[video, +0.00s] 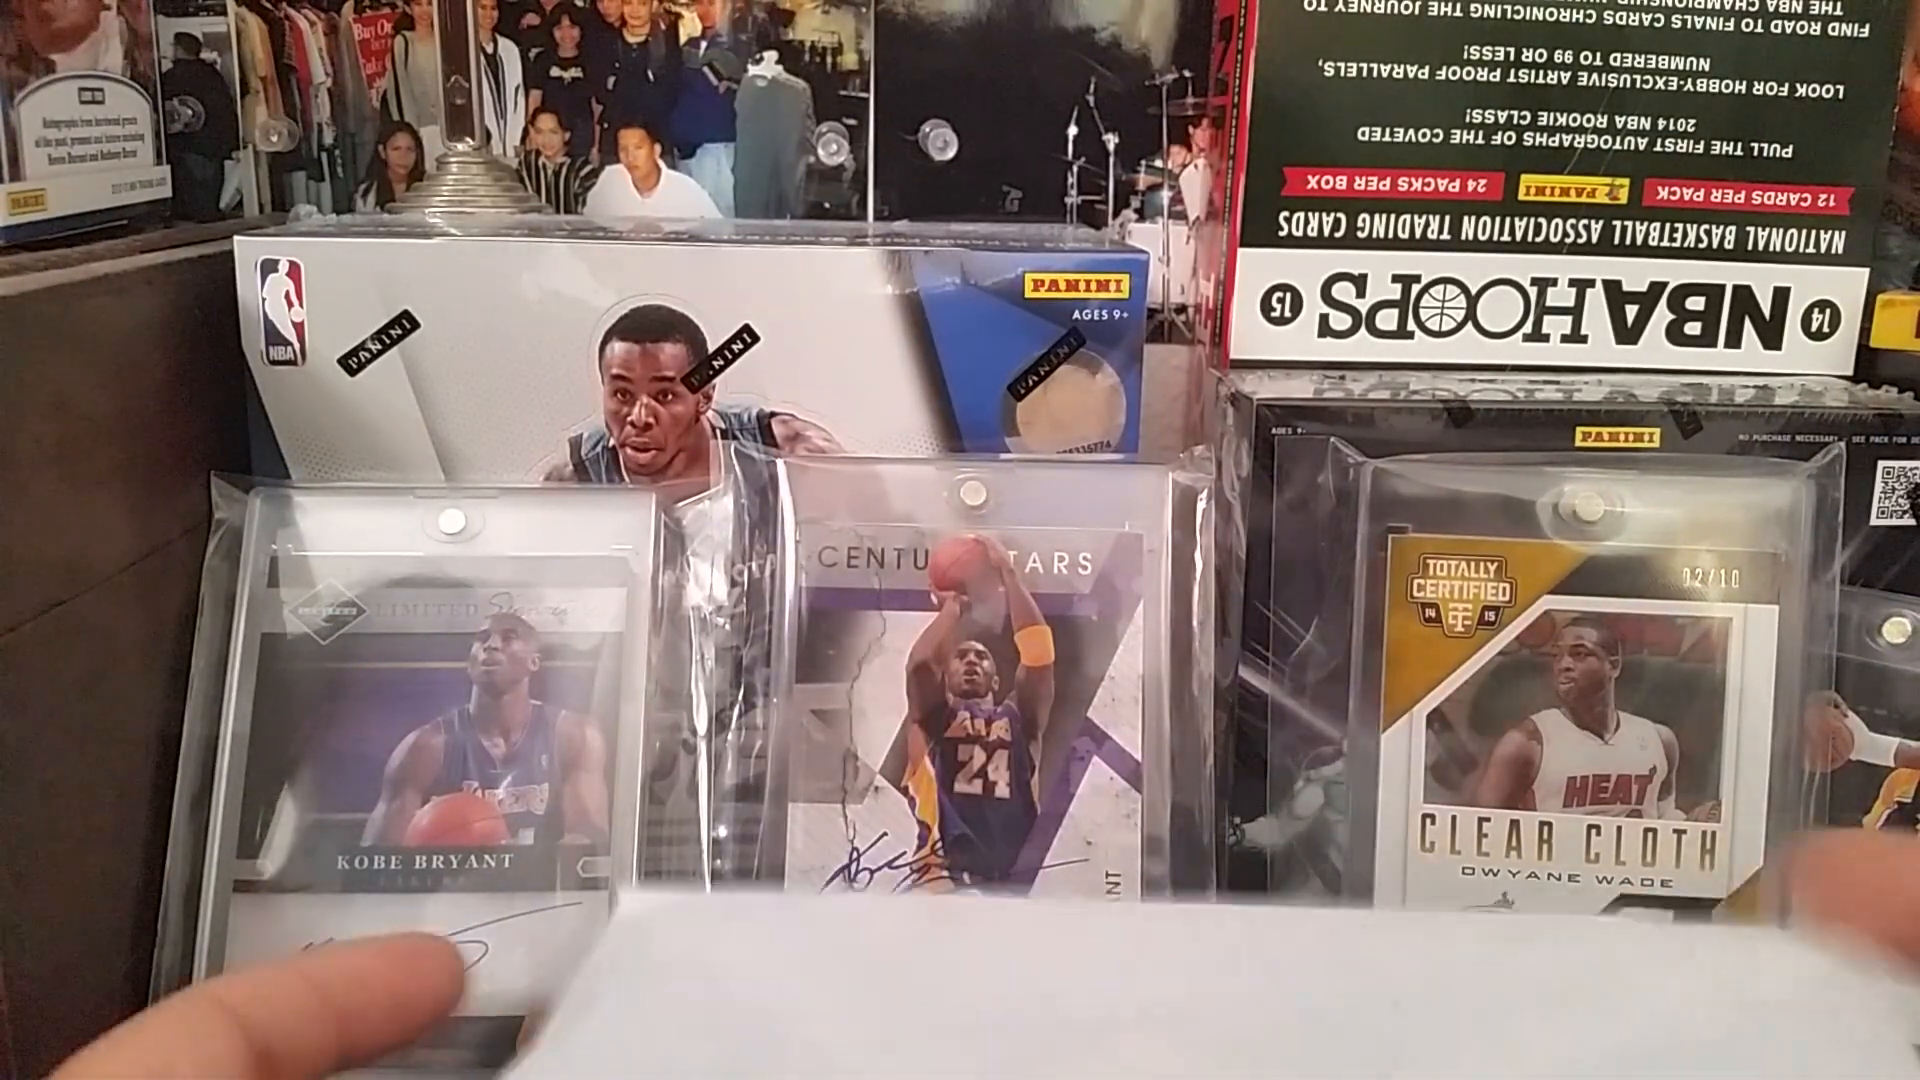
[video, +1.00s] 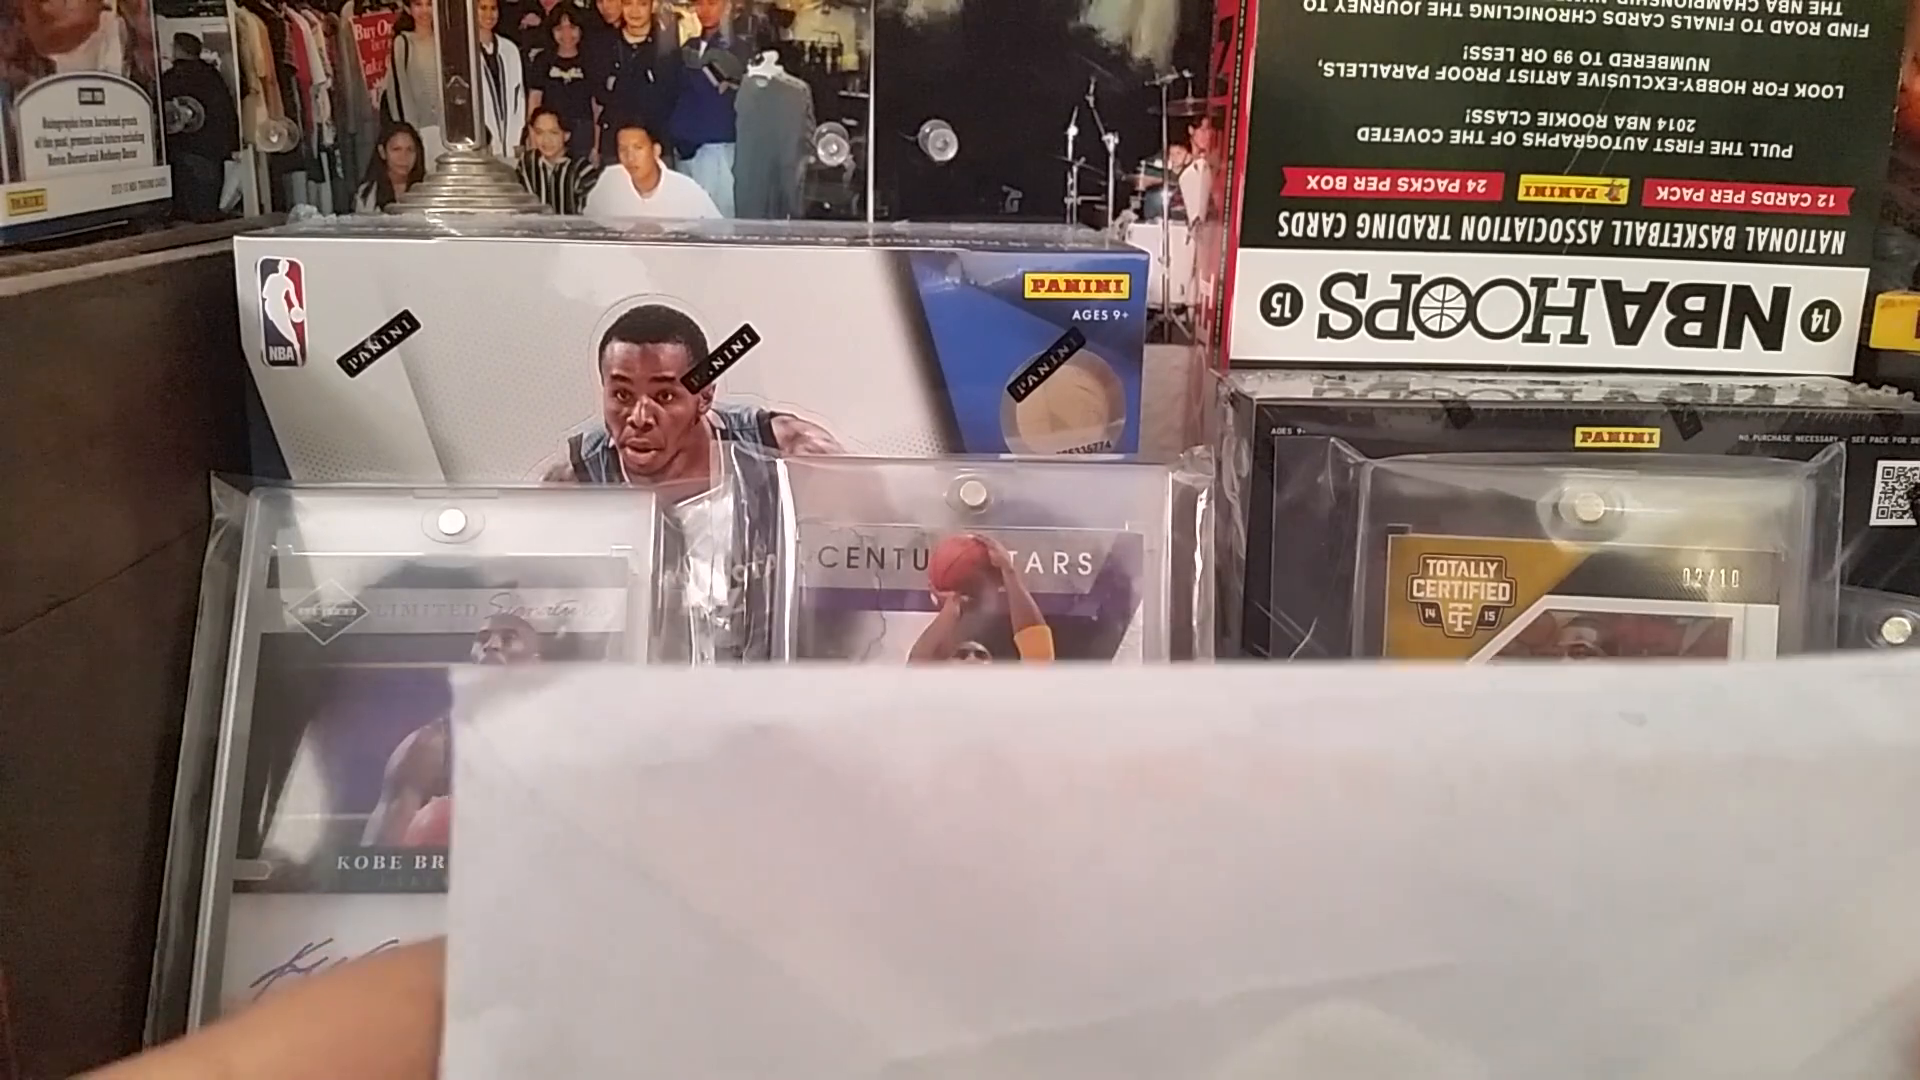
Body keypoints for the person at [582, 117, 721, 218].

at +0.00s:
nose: (630, 158)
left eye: (638, 148)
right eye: (624, 150)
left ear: (656, 151)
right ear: (618, 154)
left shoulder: (685, 188)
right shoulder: (610, 179)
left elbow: (720, 232)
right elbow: (586, 226)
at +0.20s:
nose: (630, 158)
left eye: (638, 148)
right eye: (624, 150)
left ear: (656, 151)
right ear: (618, 154)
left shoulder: (686, 188)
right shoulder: (610, 179)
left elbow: (720, 233)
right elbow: (586, 226)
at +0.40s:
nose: (630, 158)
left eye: (638, 148)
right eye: (624, 150)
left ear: (656, 151)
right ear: (618, 153)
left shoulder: (686, 188)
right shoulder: (610, 179)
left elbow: (719, 233)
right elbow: (587, 226)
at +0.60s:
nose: (630, 158)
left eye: (638, 149)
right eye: (624, 150)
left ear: (656, 152)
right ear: (618, 154)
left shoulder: (686, 189)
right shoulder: (610, 180)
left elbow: (720, 233)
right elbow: (587, 225)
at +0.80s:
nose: (630, 157)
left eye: (638, 148)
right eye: (624, 150)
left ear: (656, 151)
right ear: (618, 154)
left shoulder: (686, 189)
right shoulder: (610, 179)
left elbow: (721, 233)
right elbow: (587, 225)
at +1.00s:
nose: (630, 157)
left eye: (638, 148)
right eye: (624, 150)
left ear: (656, 151)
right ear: (618, 154)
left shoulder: (686, 189)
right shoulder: (610, 179)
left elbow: (720, 232)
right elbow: (587, 225)